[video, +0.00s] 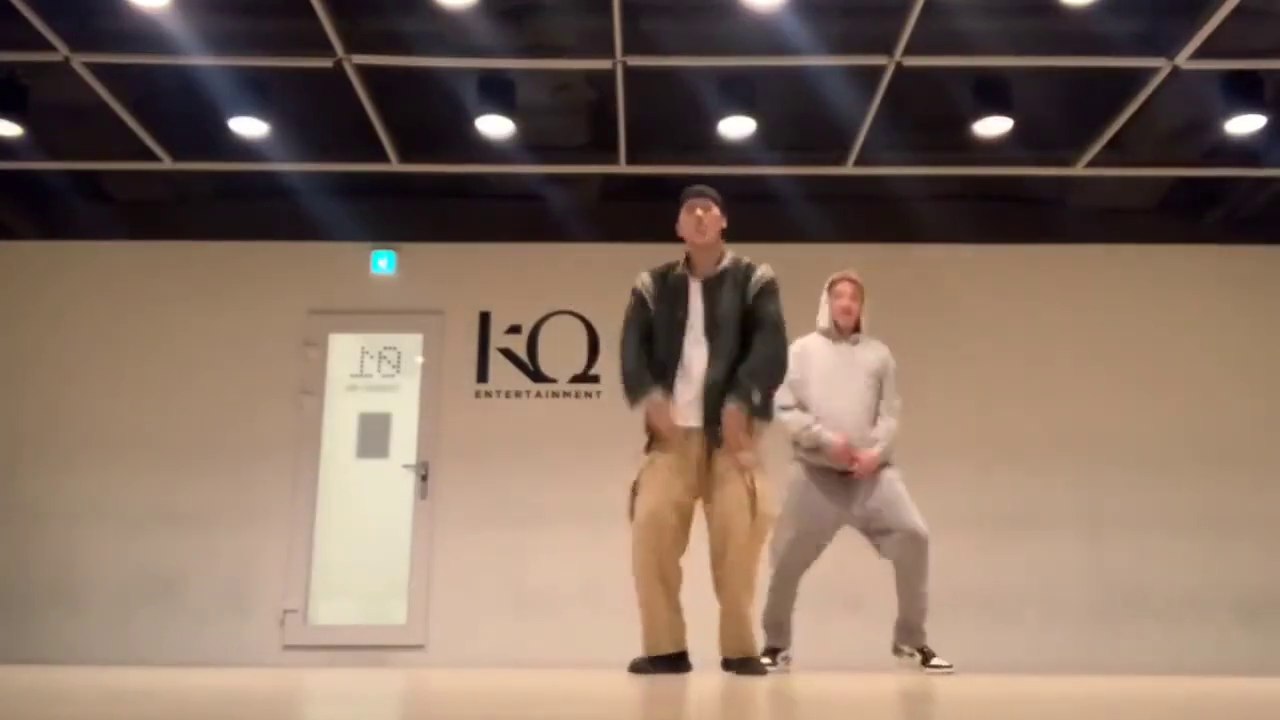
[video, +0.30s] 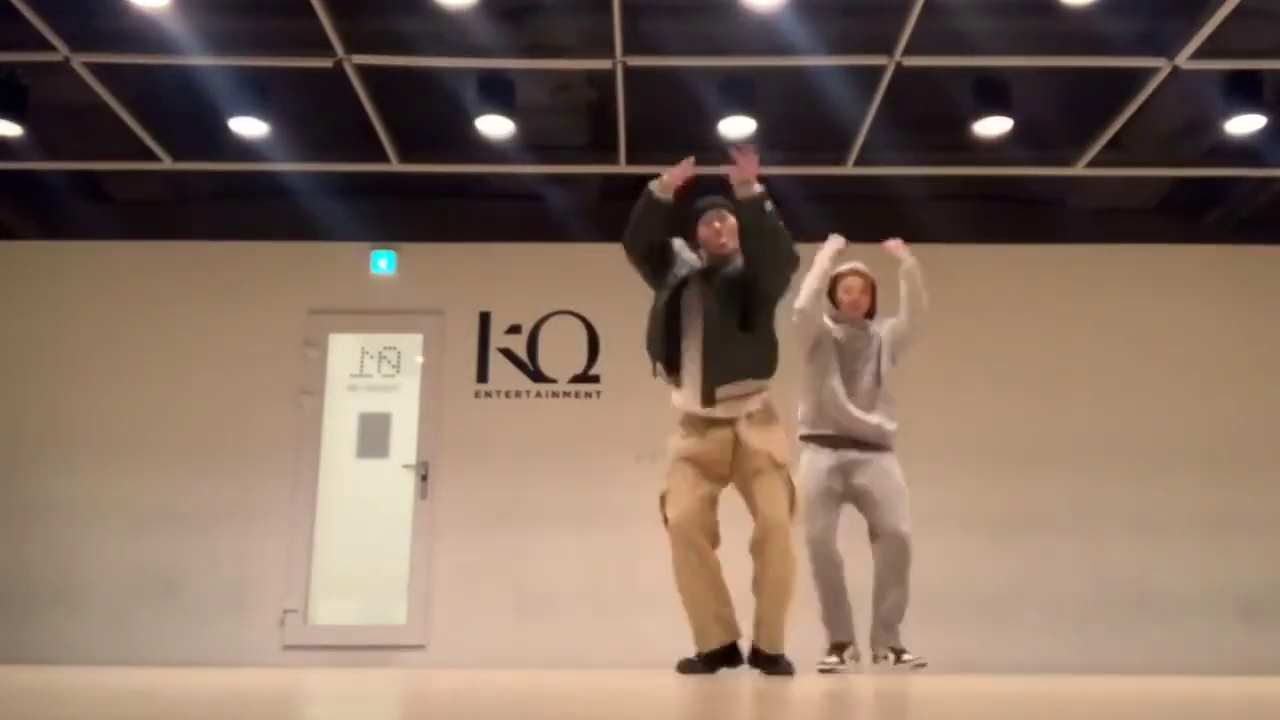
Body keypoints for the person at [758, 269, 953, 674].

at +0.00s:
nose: (847, 304)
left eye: (853, 298)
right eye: (839, 297)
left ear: (862, 307)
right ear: (826, 304)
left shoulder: (879, 354)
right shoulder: (801, 351)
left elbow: (891, 412)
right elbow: (784, 409)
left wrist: (875, 451)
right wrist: (827, 442)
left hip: (873, 477)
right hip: (818, 477)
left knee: (913, 538)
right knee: (787, 561)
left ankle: (910, 640)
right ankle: (775, 646)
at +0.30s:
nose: (854, 292)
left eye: (862, 286)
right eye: (846, 286)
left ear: (872, 297)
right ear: (833, 295)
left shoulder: (885, 335)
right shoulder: (819, 336)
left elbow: (913, 318)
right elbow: (804, 307)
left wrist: (907, 265)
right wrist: (825, 259)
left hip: (874, 453)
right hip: (821, 451)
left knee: (896, 536)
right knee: (818, 539)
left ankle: (887, 643)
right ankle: (840, 643)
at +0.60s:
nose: (863, 312)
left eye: (870, 305)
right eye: (856, 306)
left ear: (882, 312)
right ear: (846, 313)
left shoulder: (893, 350)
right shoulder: (829, 349)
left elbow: (889, 393)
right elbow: (822, 396)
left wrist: (912, 348)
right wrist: (825, 340)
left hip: (887, 449)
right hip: (835, 450)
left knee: (900, 545)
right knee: (833, 545)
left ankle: (891, 647)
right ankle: (846, 646)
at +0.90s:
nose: (840, 299)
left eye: (846, 290)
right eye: (831, 291)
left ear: (858, 294)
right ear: (817, 298)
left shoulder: (875, 323)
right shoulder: (810, 327)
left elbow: (861, 362)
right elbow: (823, 346)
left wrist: (813, 375)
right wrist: (881, 338)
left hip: (870, 449)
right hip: (822, 448)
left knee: (883, 548)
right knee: (813, 546)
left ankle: (889, 648)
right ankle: (800, 645)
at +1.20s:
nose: (826, 300)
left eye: (834, 293)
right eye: (820, 292)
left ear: (846, 297)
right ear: (807, 294)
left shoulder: (860, 325)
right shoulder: (787, 327)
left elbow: (854, 378)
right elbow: (800, 373)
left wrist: (811, 406)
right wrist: (848, 376)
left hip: (865, 446)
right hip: (815, 454)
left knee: (898, 523)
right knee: (800, 552)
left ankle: (954, 629)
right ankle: (799, 646)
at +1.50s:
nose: (857, 282)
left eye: (864, 277)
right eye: (850, 276)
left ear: (876, 287)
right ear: (836, 285)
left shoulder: (895, 335)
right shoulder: (817, 322)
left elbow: (927, 368)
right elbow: (783, 364)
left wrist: (954, 380)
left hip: (882, 456)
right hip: (827, 455)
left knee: (897, 545)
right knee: (811, 551)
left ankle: (906, 647)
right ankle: (799, 645)